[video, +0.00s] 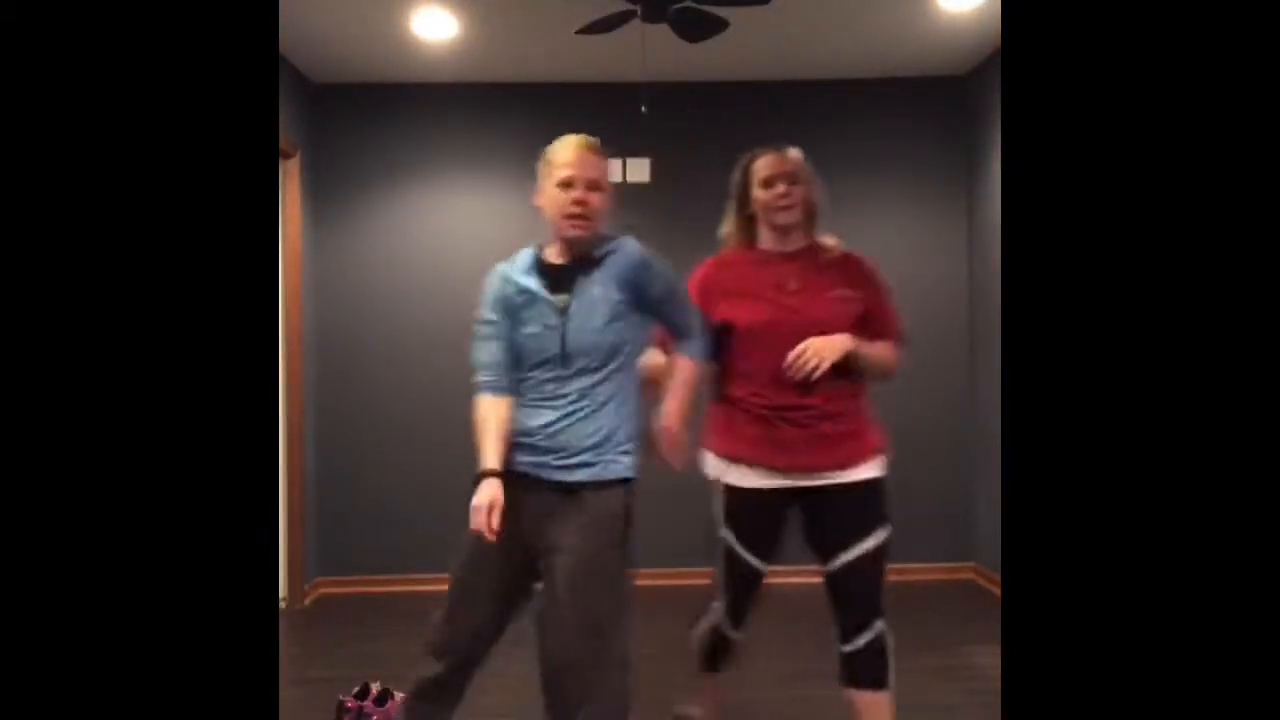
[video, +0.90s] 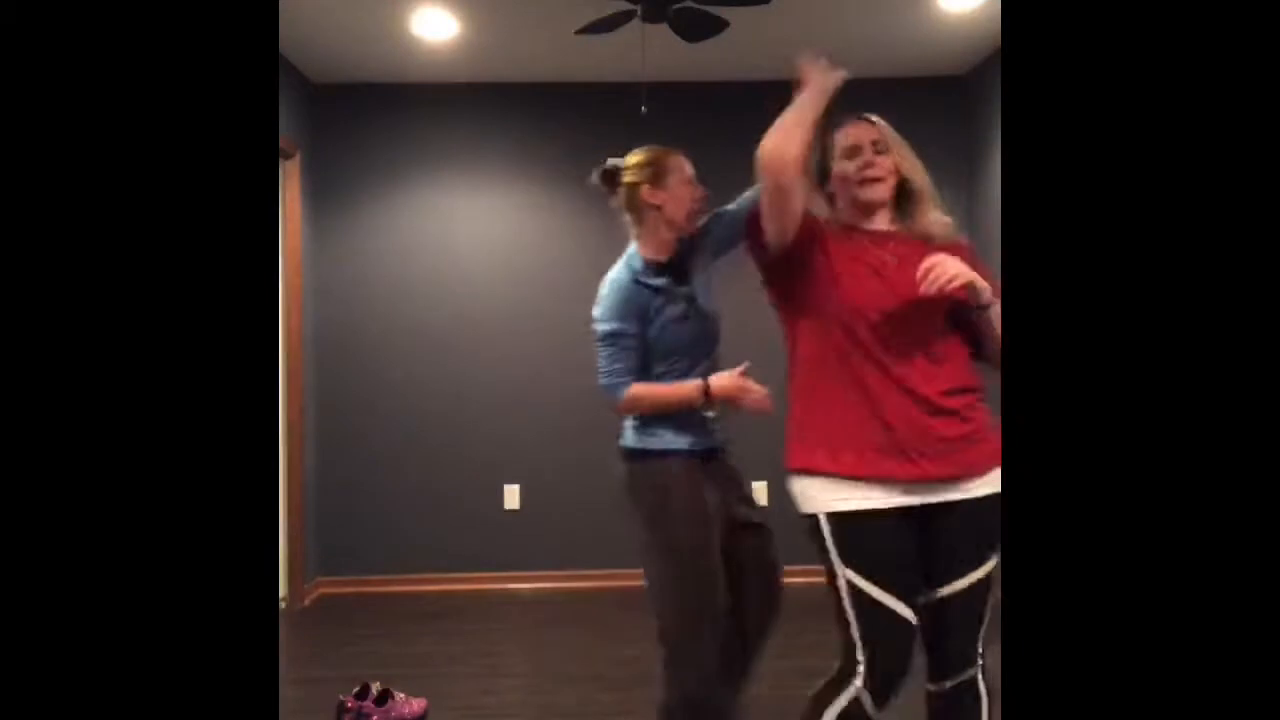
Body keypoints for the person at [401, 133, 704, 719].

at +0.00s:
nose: (581, 199)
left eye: (594, 188)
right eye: (567, 186)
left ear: (610, 199)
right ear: (540, 196)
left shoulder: (631, 268)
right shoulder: (508, 281)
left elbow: (691, 334)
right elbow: (493, 384)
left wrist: (673, 413)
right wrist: (490, 473)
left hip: (597, 488)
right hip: (517, 484)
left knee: (582, 647)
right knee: (459, 635)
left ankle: (588, 716)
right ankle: (418, 710)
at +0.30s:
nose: (580, 197)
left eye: (581, 185)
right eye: (565, 185)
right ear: (520, 196)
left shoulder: (565, 267)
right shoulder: (486, 280)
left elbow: (600, 332)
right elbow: (436, 385)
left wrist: (675, 340)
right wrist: (510, 456)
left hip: (545, 488)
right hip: (480, 492)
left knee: (547, 644)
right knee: (463, 650)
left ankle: (514, 716)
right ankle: (427, 716)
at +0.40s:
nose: (587, 198)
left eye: (587, 186)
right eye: (572, 186)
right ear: (528, 199)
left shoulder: (568, 266)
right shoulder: (501, 281)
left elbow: (623, 320)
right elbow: (447, 385)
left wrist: (699, 313)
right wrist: (525, 449)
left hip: (540, 475)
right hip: (498, 478)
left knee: (555, 641)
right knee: (531, 646)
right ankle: (468, 711)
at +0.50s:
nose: (605, 192)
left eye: (602, 180)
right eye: (590, 181)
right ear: (548, 196)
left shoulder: (590, 264)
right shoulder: (524, 279)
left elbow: (668, 300)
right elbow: (477, 385)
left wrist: (730, 285)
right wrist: (554, 435)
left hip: (549, 469)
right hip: (525, 471)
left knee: (537, 624)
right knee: (612, 605)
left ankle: (510, 712)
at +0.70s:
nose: (657, 198)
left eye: (652, 187)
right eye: (644, 189)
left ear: (618, 204)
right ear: (607, 204)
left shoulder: (642, 261)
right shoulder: (580, 290)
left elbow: (718, 236)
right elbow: (559, 398)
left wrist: (757, 198)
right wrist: (642, 414)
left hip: (635, 470)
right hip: (608, 475)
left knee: (621, 620)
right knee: (669, 622)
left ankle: (554, 710)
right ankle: (676, 713)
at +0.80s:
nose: (682, 198)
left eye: (676, 187)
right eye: (668, 188)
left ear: (640, 203)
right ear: (633, 203)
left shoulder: (666, 260)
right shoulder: (603, 293)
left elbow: (741, 220)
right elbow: (596, 398)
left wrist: (783, 145)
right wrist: (688, 402)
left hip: (678, 460)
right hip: (637, 468)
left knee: (714, 599)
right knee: (692, 611)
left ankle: (613, 706)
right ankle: (681, 711)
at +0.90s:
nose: (703, 194)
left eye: (698, 183)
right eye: (689, 184)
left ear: (663, 200)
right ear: (653, 199)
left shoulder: (690, 254)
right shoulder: (622, 290)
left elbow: (763, 201)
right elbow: (620, 393)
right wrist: (710, 388)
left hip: (708, 457)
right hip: (660, 463)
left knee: (757, 588)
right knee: (696, 611)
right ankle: (689, 709)